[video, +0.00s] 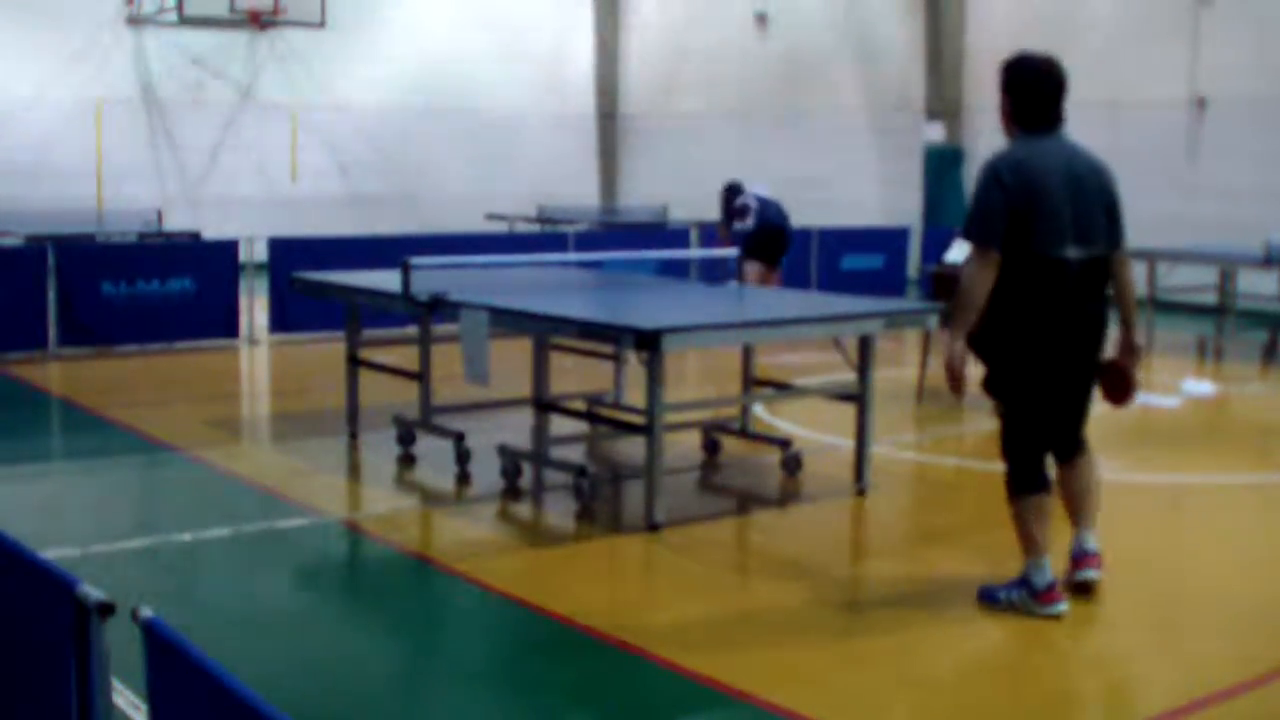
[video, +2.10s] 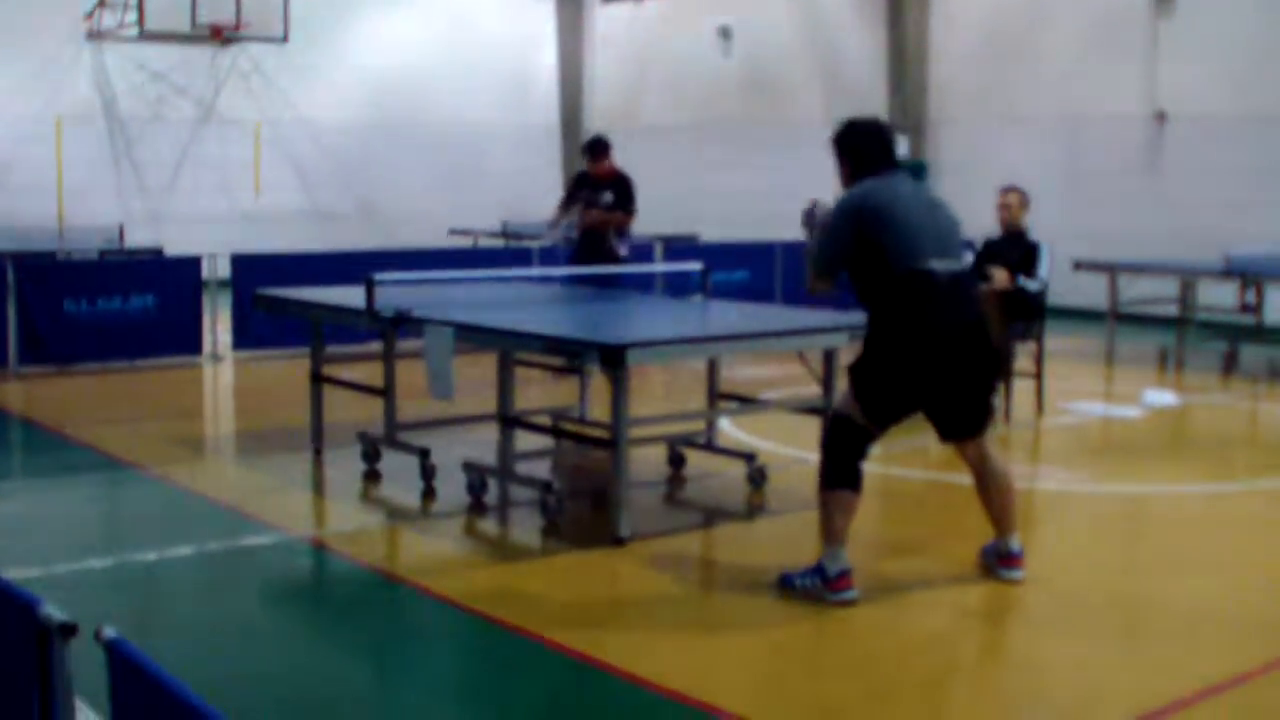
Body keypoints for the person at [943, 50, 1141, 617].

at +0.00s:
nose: (1000, 107)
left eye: (1003, 99)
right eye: (1004, 97)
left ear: (1009, 106)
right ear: (1061, 104)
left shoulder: (1004, 172)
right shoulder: (1092, 171)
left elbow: (983, 263)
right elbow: (1118, 264)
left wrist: (957, 336)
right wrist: (1130, 336)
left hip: (1017, 342)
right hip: (1078, 340)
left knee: (1023, 453)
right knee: (1070, 440)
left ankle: (1039, 577)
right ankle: (1086, 549)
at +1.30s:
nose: (972, 162)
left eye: (974, 153)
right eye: (973, 152)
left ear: (985, 156)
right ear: (1029, 151)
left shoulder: (982, 208)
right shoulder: (1063, 209)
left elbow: (965, 282)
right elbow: (1104, 282)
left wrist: (944, 327)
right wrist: (1068, 320)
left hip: (991, 359)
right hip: (1049, 359)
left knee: (963, 468)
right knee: (1038, 463)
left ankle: (980, 591)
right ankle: (1046, 568)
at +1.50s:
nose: (961, 169)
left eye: (963, 160)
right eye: (963, 160)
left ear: (974, 163)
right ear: (1016, 161)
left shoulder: (976, 208)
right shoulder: (1046, 216)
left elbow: (968, 278)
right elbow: (1076, 299)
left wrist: (942, 321)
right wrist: (1034, 327)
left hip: (983, 351)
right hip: (1040, 356)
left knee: (924, 452)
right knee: (1023, 457)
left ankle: (929, 576)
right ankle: (1038, 568)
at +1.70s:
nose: (908, 183)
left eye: (911, 175)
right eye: (909, 175)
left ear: (920, 178)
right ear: (965, 175)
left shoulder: (916, 219)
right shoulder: (994, 225)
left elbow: (911, 291)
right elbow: (1027, 300)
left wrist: (901, 350)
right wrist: (1004, 348)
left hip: (938, 369)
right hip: (995, 372)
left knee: (890, 473)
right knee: (992, 465)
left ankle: (847, 587)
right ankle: (1016, 570)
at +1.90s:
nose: (858, 189)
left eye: (860, 181)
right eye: (859, 181)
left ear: (868, 182)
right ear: (914, 176)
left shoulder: (868, 225)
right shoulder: (948, 223)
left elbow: (850, 304)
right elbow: (986, 296)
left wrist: (844, 345)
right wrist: (959, 335)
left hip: (907, 369)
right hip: (972, 367)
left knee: (845, 453)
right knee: (977, 462)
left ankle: (833, 580)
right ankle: (1010, 561)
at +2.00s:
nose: (841, 174)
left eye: (842, 165)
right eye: (842, 165)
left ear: (850, 166)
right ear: (894, 159)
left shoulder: (857, 206)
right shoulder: (933, 204)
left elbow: (830, 288)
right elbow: (974, 281)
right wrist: (995, 346)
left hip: (900, 348)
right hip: (964, 345)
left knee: (842, 438)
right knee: (977, 447)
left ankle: (833, 566)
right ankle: (1009, 546)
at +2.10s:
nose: (838, 170)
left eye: (839, 162)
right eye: (840, 161)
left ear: (847, 164)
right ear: (890, 155)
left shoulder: (854, 207)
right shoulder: (925, 199)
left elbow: (820, 279)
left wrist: (817, 231)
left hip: (901, 349)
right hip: (964, 345)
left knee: (843, 436)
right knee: (977, 447)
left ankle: (833, 565)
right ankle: (1009, 547)